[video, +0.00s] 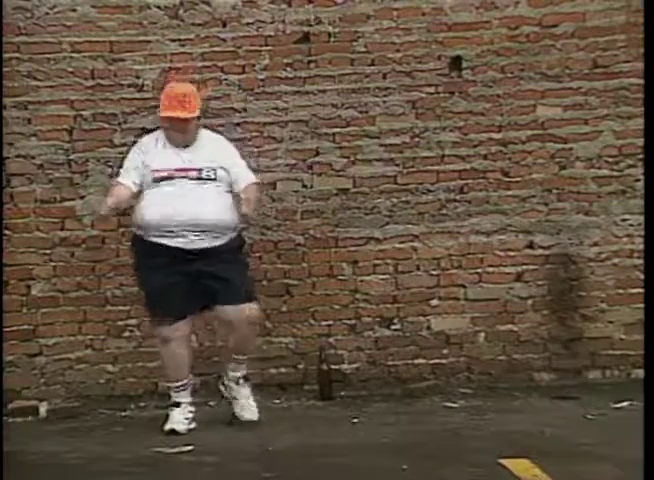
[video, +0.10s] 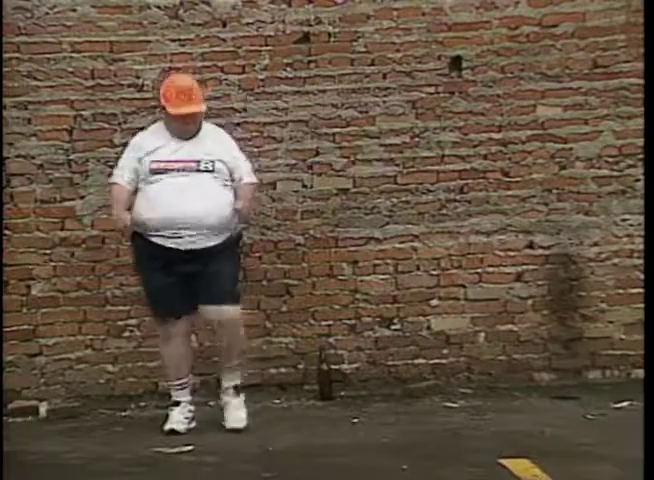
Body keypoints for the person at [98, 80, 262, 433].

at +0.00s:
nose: (179, 127)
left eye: (186, 120)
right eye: (172, 120)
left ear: (197, 117)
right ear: (161, 118)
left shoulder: (218, 146)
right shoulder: (146, 148)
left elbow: (249, 185)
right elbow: (126, 185)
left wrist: (247, 207)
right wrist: (109, 205)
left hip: (220, 248)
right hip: (161, 250)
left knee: (244, 316)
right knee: (170, 329)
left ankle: (236, 381)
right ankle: (181, 405)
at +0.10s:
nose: (188, 121)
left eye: (193, 114)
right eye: (180, 115)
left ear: (202, 107)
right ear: (164, 111)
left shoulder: (218, 139)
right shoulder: (143, 143)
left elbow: (246, 176)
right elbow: (122, 180)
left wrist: (244, 202)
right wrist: (119, 210)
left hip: (216, 244)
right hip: (158, 245)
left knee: (226, 315)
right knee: (171, 325)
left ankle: (232, 393)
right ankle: (181, 404)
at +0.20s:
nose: (189, 105)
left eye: (194, 97)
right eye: (181, 99)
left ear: (203, 96)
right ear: (166, 99)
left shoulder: (220, 127)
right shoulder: (146, 132)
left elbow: (248, 165)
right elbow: (121, 177)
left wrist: (244, 191)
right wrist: (125, 215)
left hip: (215, 243)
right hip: (160, 245)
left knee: (213, 326)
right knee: (170, 327)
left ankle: (218, 404)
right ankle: (181, 403)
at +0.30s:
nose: (187, 101)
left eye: (193, 94)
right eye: (179, 95)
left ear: (204, 95)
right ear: (165, 100)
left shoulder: (225, 129)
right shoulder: (151, 135)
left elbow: (256, 155)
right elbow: (132, 176)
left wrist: (247, 181)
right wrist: (133, 215)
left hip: (216, 247)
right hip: (160, 248)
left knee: (212, 326)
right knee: (162, 325)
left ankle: (217, 404)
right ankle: (181, 401)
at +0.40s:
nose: (178, 114)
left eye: (185, 106)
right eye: (170, 108)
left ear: (199, 108)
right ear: (161, 113)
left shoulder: (224, 138)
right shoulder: (157, 146)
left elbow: (264, 164)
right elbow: (140, 180)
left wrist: (241, 182)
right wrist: (130, 208)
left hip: (213, 256)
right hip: (157, 254)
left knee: (211, 332)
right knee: (147, 321)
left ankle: (217, 407)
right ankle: (176, 388)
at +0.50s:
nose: (167, 127)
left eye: (174, 118)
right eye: (160, 120)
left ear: (190, 113)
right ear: (152, 120)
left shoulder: (213, 139)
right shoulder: (153, 150)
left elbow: (254, 175)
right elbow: (139, 193)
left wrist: (218, 177)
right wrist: (132, 194)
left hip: (215, 255)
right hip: (160, 252)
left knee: (212, 330)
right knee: (145, 316)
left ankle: (217, 406)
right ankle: (171, 387)